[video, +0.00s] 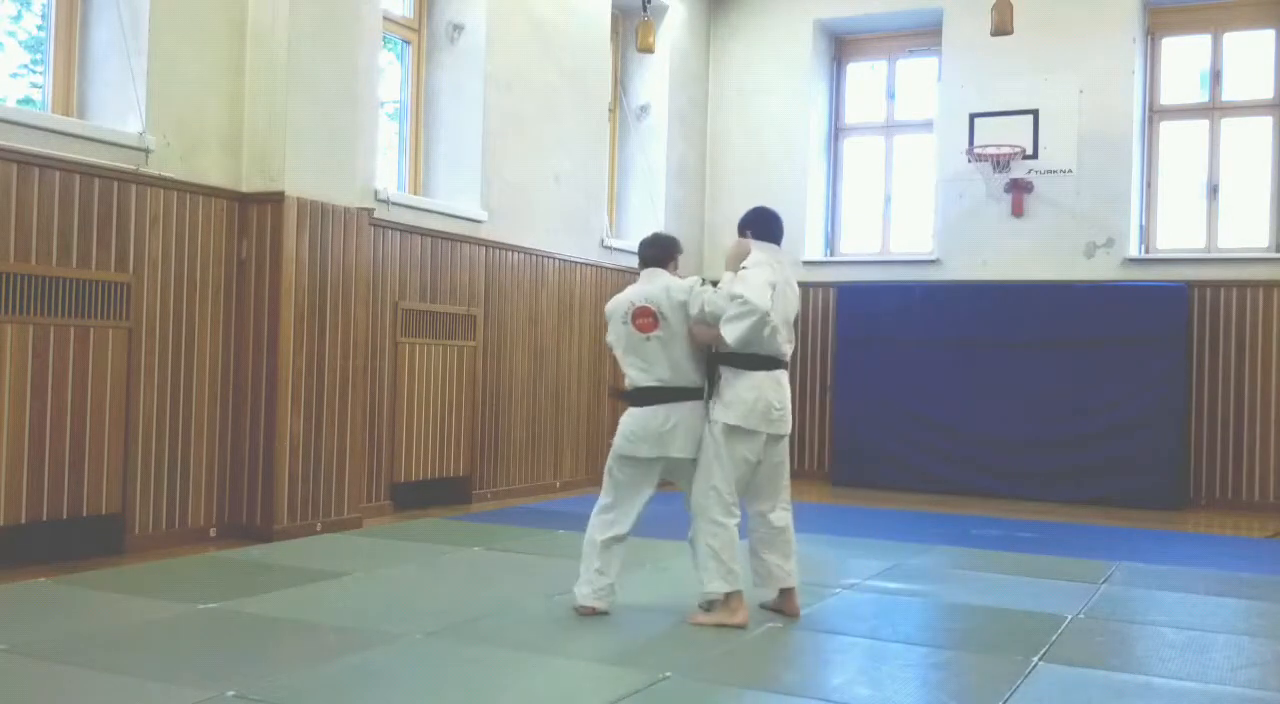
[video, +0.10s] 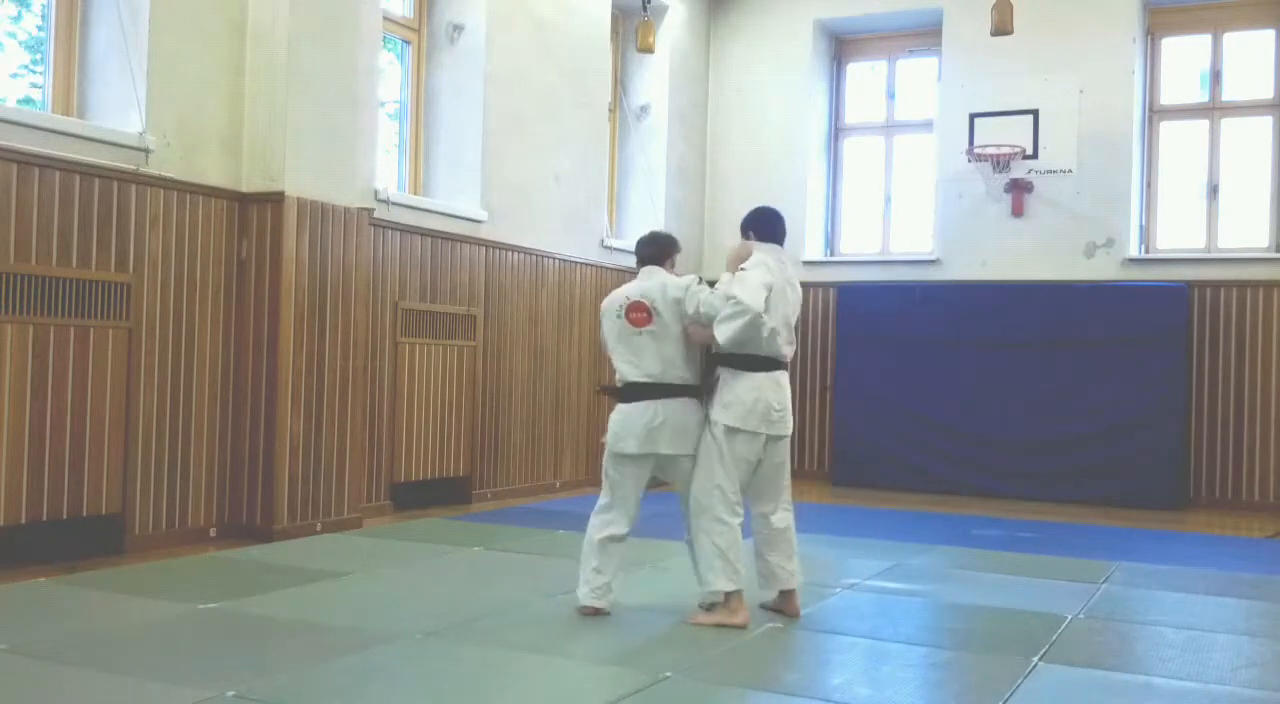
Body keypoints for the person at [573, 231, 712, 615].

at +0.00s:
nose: (681, 267)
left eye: (679, 262)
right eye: (680, 261)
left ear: (640, 262)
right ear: (673, 262)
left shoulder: (616, 304)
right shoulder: (688, 292)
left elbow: (622, 353)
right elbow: (730, 308)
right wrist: (734, 272)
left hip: (640, 419)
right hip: (690, 418)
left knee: (612, 509)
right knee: (708, 510)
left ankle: (592, 595)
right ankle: (718, 593)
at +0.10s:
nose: (679, 265)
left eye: (678, 260)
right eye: (678, 260)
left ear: (638, 260)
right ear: (670, 260)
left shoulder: (612, 300)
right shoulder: (683, 289)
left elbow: (613, 352)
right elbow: (724, 306)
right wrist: (733, 269)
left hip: (630, 415)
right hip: (682, 414)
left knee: (612, 509)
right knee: (701, 509)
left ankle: (593, 597)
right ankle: (717, 592)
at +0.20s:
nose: (679, 268)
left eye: (678, 262)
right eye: (678, 262)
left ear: (637, 261)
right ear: (668, 260)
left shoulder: (606, 298)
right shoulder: (674, 286)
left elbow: (605, 361)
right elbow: (717, 303)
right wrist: (734, 271)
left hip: (609, 407)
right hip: (661, 406)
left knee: (610, 510)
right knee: (690, 506)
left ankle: (594, 599)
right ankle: (712, 592)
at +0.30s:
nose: (682, 273)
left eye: (683, 267)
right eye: (680, 267)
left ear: (643, 264)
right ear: (664, 261)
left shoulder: (609, 299)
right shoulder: (662, 284)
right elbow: (710, 296)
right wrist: (729, 266)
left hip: (592, 406)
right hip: (640, 407)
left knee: (597, 507)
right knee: (676, 496)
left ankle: (590, 598)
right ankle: (671, 589)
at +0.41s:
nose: (687, 268)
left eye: (687, 261)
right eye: (682, 260)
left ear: (654, 256)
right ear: (658, 256)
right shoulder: (647, 277)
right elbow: (699, 280)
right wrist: (725, 262)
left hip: (590, 407)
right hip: (624, 406)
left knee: (600, 504)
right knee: (663, 495)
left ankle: (580, 589)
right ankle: (641, 587)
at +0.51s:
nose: (676, 245)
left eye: (677, 238)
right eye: (666, 239)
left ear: (680, 245)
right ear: (643, 245)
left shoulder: (683, 294)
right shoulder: (618, 275)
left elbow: (692, 360)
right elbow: (639, 261)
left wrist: (723, 347)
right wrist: (692, 248)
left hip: (649, 406)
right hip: (609, 401)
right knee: (639, 499)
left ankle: (590, 549)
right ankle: (639, 591)